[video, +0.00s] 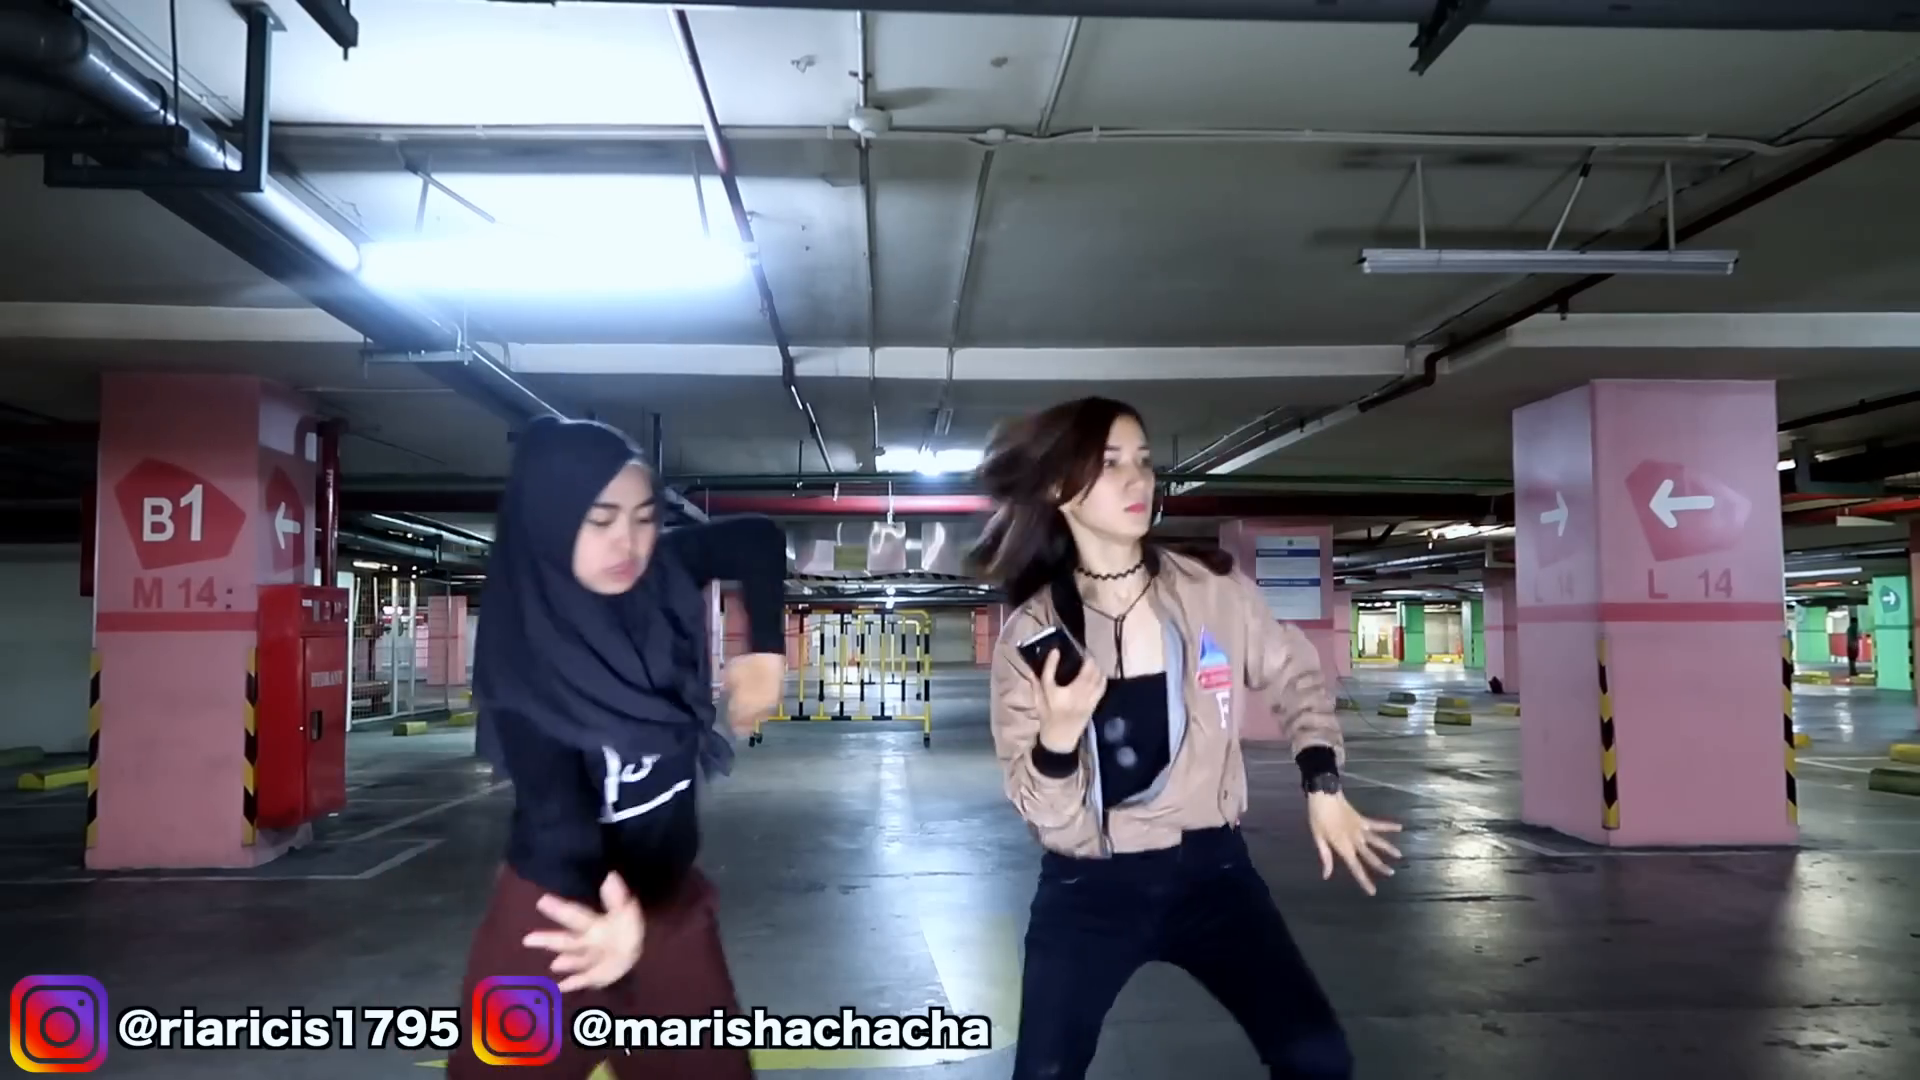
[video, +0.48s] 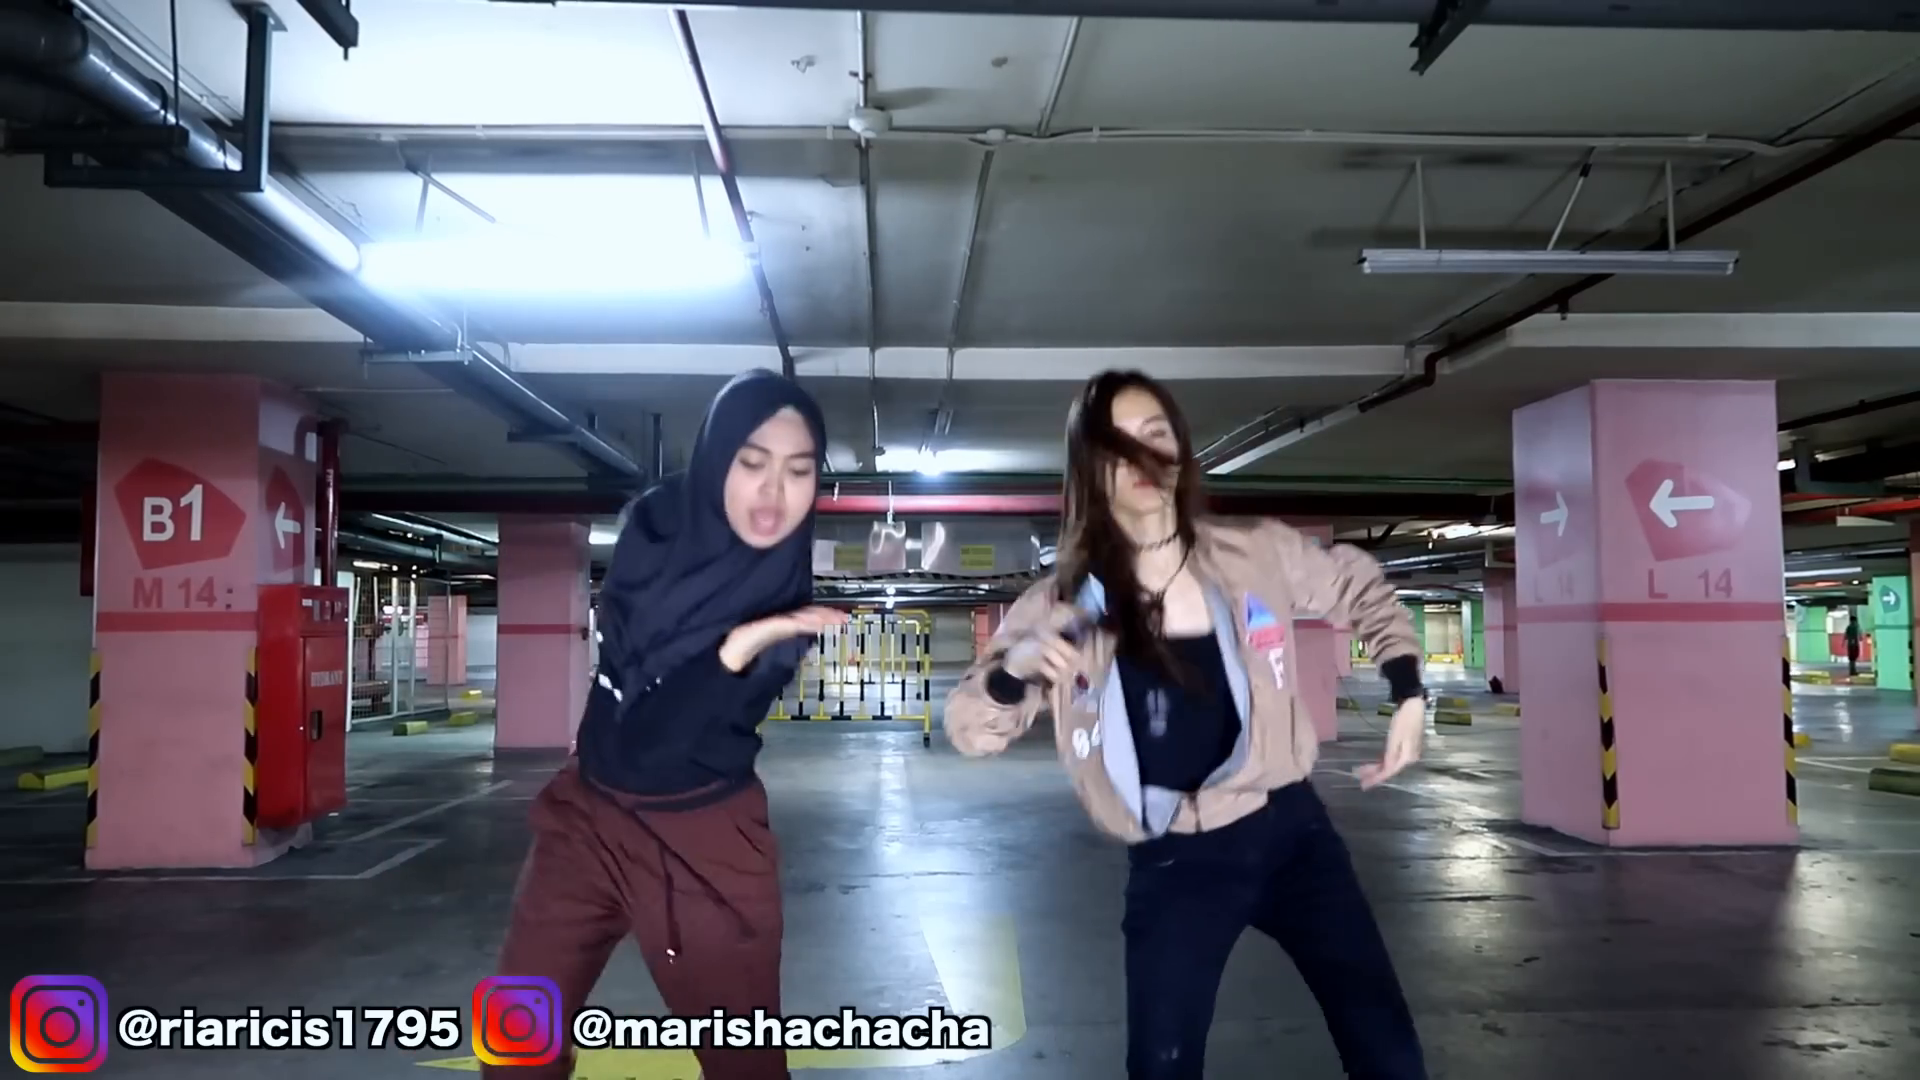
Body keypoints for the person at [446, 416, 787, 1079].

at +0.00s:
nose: (630, 544)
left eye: (644, 517)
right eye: (602, 519)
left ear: (657, 516)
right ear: (546, 521)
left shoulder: (656, 566)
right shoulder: (522, 644)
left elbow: (759, 539)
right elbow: (551, 798)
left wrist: (764, 653)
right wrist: (607, 912)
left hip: (670, 897)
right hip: (554, 898)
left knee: (714, 1067)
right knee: (497, 1066)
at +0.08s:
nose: (672, 510)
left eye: (687, 483)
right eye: (644, 488)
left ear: (702, 481)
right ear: (592, 493)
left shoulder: (718, 546)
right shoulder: (549, 613)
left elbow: (788, 564)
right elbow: (523, 791)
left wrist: (822, 616)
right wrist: (523, 927)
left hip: (712, 859)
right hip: (590, 865)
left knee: (740, 1061)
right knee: (548, 1062)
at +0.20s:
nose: (726, 495)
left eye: (745, 469)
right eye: (698, 470)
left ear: (762, 471)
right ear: (651, 473)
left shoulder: (774, 573)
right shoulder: (583, 561)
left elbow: (824, 733)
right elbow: (538, 697)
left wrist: (851, 628)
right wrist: (497, 823)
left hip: (712, 844)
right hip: (580, 834)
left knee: (740, 1061)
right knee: (569, 1060)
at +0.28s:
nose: (755, 529)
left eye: (775, 502)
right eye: (727, 504)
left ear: (795, 507)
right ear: (682, 503)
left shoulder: (788, 615)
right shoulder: (623, 570)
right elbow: (561, 667)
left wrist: (797, 691)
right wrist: (521, 785)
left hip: (721, 855)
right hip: (596, 836)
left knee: (748, 1065)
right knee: (587, 1033)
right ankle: (615, 1061)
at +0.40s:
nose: (770, 525)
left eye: (794, 503)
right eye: (749, 496)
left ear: (814, 511)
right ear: (709, 496)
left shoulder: (789, 618)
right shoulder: (651, 550)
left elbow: (680, 769)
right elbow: (620, 671)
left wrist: (737, 685)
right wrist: (580, 748)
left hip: (723, 856)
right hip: (603, 834)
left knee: (745, 1063)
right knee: (546, 1006)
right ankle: (608, 1064)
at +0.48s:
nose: (774, 493)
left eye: (799, 470)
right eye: (753, 462)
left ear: (818, 481)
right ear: (711, 462)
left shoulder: (779, 595)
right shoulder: (653, 525)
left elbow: (641, 748)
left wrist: (734, 653)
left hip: (709, 836)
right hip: (589, 813)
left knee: (745, 1065)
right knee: (517, 1047)